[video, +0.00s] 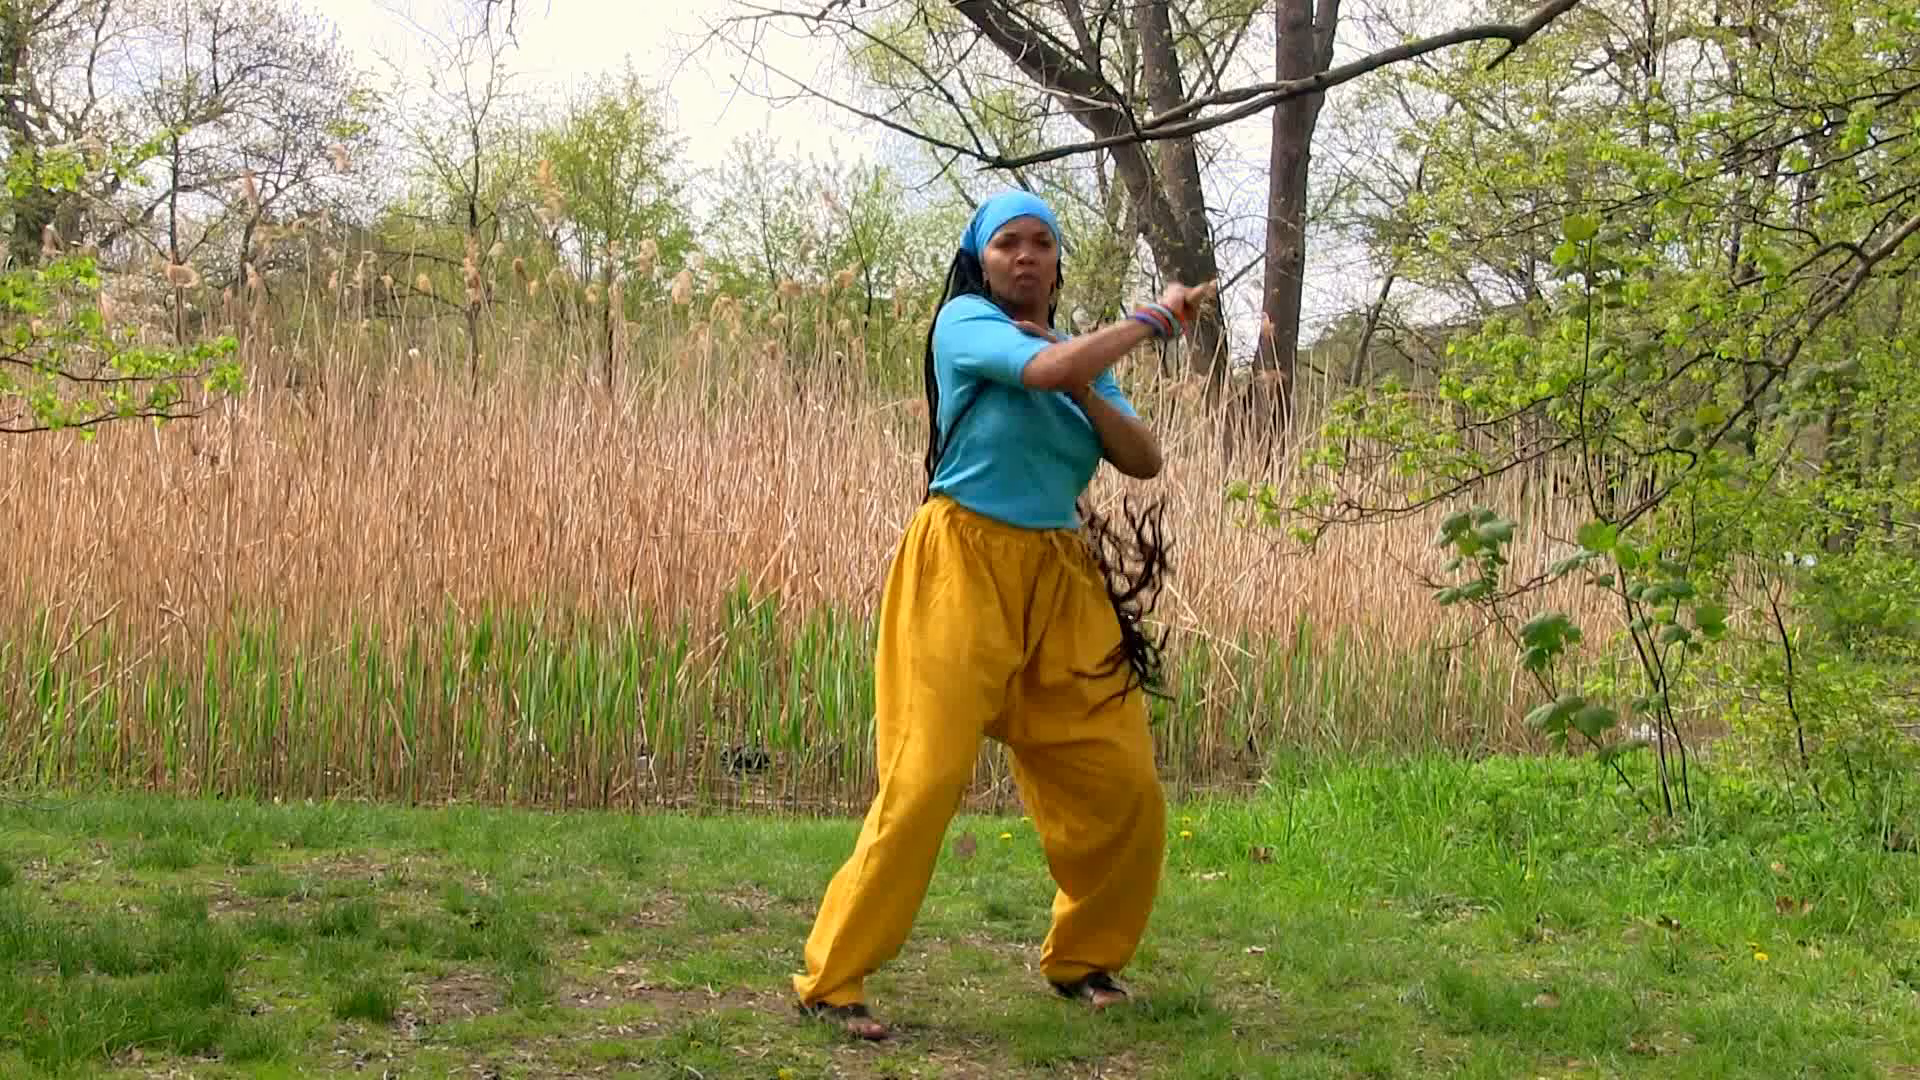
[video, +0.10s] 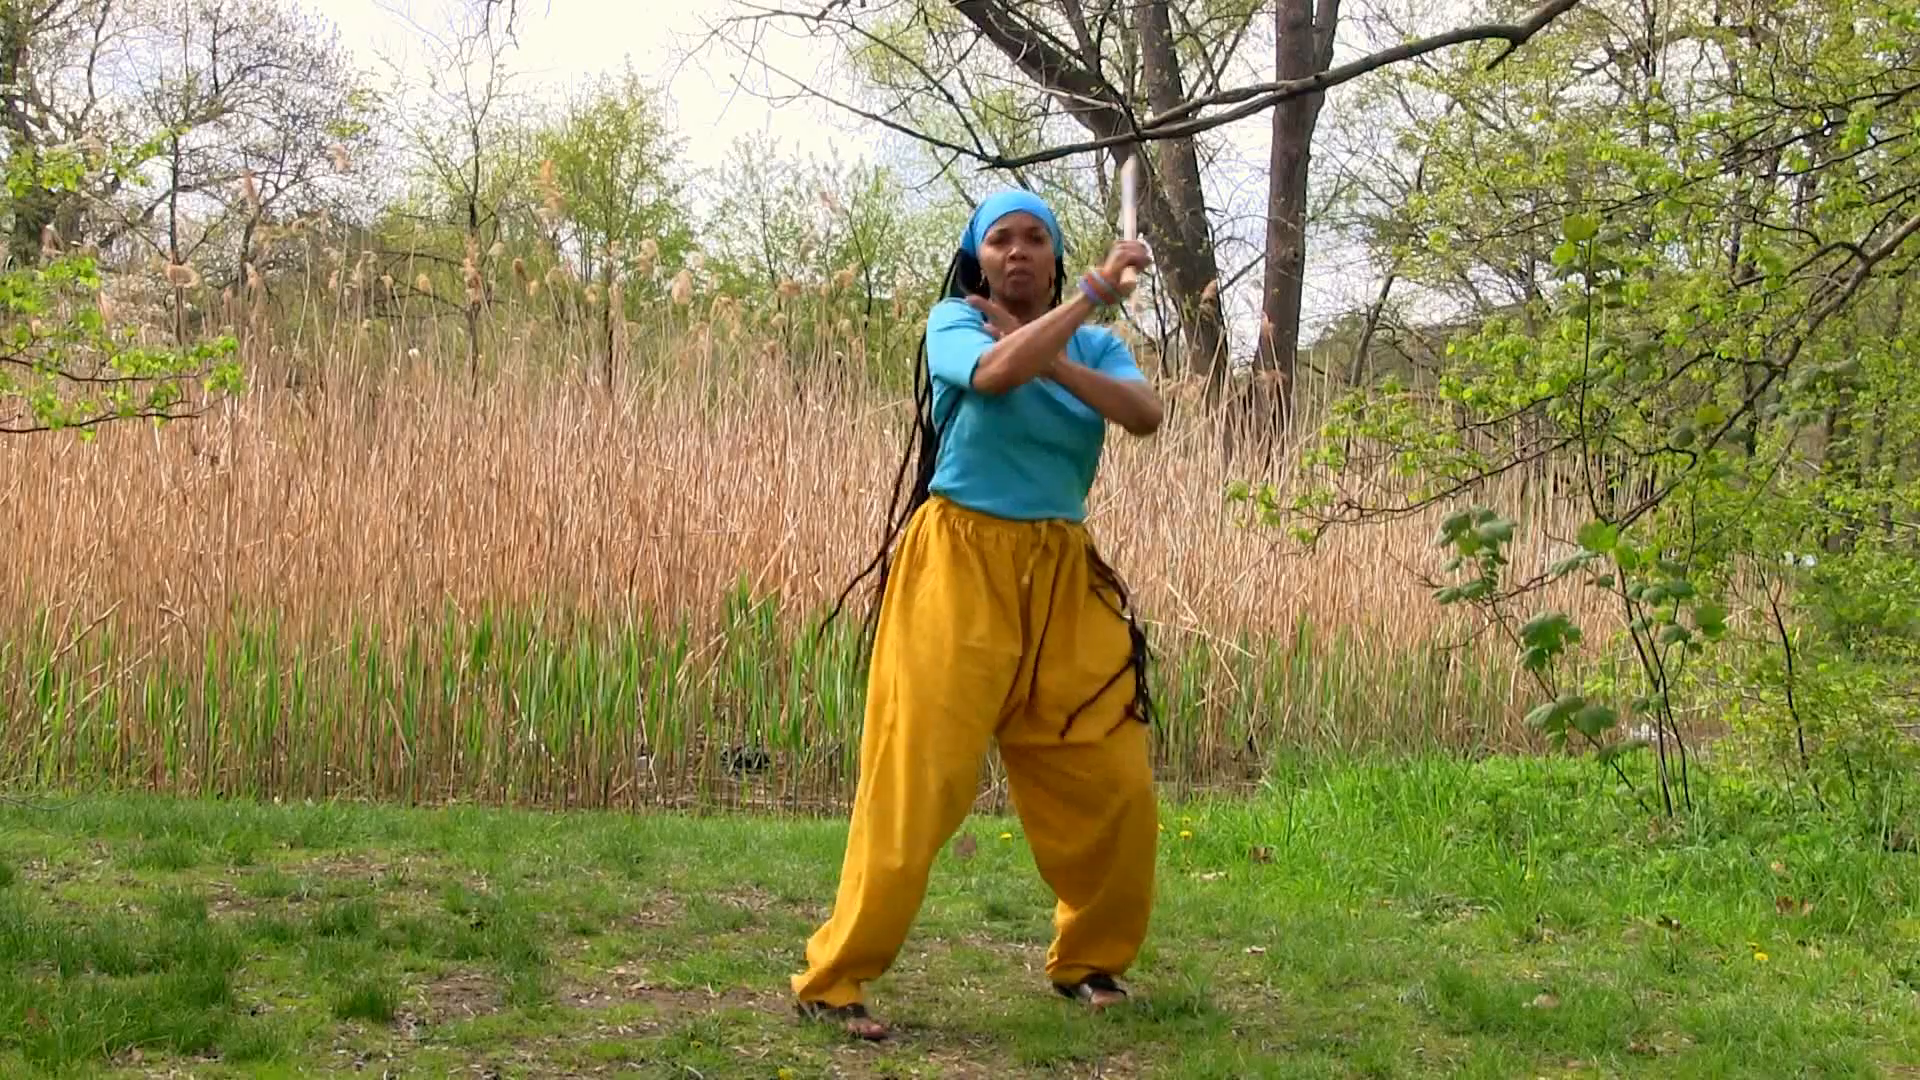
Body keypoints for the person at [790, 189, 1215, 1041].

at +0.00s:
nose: (1028, 256)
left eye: (1041, 244)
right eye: (1010, 244)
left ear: (1061, 263)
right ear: (980, 261)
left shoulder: (1079, 357)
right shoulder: (965, 322)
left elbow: (1145, 459)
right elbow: (1046, 366)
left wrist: (1090, 389)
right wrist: (1145, 320)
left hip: (1061, 572)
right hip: (963, 560)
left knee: (1127, 788)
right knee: (926, 778)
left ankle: (1079, 960)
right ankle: (831, 981)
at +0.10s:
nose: (1020, 251)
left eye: (1034, 239)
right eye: (1004, 241)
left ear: (1060, 259)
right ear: (978, 263)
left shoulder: (1094, 331)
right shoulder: (956, 321)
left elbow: (1146, 414)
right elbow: (996, 371)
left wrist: (1053, 361)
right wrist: (1093, 292)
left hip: (1061, 568)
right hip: (959, 559)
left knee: (1118, 782)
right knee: (922, 773)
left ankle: (1087, 961)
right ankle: (835, 981)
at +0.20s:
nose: (1025, 239)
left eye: (1041, 228)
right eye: (1011, 230)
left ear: (1075, 250)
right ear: (985, 254)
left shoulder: (1113, 317)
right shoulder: (965, 324)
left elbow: (1133, 337)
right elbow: (941, 405)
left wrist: (1008, 299)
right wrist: (1006, 359)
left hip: (1080, 556)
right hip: (963, 548)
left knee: (1104, 773)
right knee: (918, 758)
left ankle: (1088, 965)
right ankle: (838, 971)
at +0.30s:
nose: (1033, 230)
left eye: (1050, 220)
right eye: (1019, 222)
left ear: (1089, 243)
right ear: (999, 243)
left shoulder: (1121, 309)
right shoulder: (976, 324)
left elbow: (1078, 279)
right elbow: (941, 440)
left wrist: (983, 224)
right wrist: (912, 453)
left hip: (1087, 552)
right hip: (966, 540)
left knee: (1100, 762)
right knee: (920, 728)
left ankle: (1085, 962)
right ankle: (869, 954)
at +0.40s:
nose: (1013, 233)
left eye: (1029, 222)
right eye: (1004, 224)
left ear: (1069, 244)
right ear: (989, 248)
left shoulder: (1095, 318)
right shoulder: (979, 327)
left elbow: (1089, 281)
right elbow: (956, 441)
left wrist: (1057, 243)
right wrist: (885, 484)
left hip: (1082, 550)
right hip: (967, 543)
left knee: (1093, 759)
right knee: (921, 726)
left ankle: (1092, 957)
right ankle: (909, 919)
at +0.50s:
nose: (980, 246)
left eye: (998, 233)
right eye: (966, 237)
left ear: (1033, 251)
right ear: (954, 261)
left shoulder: (1058, 307)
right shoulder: (967, 342)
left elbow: (1116, 334)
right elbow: (943, 456)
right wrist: (857, 467)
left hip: (1072, 550)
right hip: (962, 553)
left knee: (1085, 767)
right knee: (900, 755)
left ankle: (1112, 963)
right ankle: (910, 928)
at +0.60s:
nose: (937, 275)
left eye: (952, 261)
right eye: (924, 268)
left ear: (990, 274)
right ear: (913, 291)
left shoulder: (1034, 343)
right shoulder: (937, 378)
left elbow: (1137, 414)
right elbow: (910, 468)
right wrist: (811, 471)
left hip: (1058, 574)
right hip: (956, 582)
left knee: (1065, 772)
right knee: (906, 770)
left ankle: (1112, 962)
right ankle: (917, 945)